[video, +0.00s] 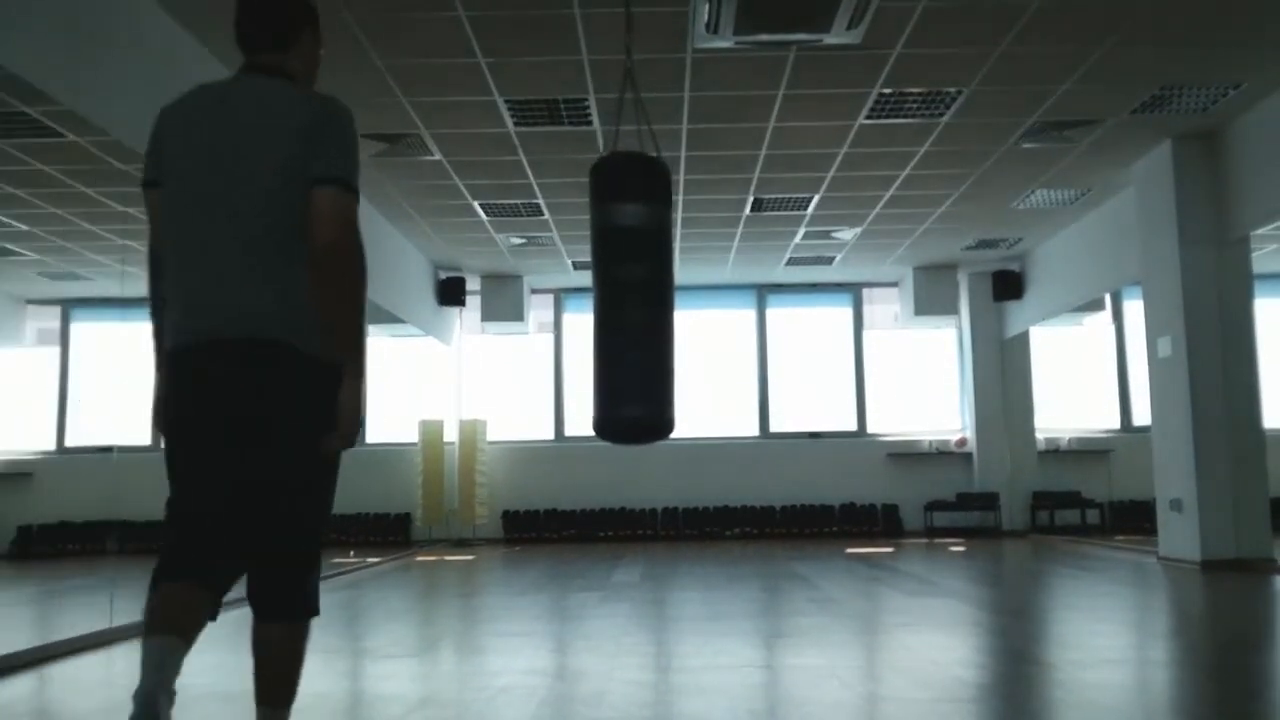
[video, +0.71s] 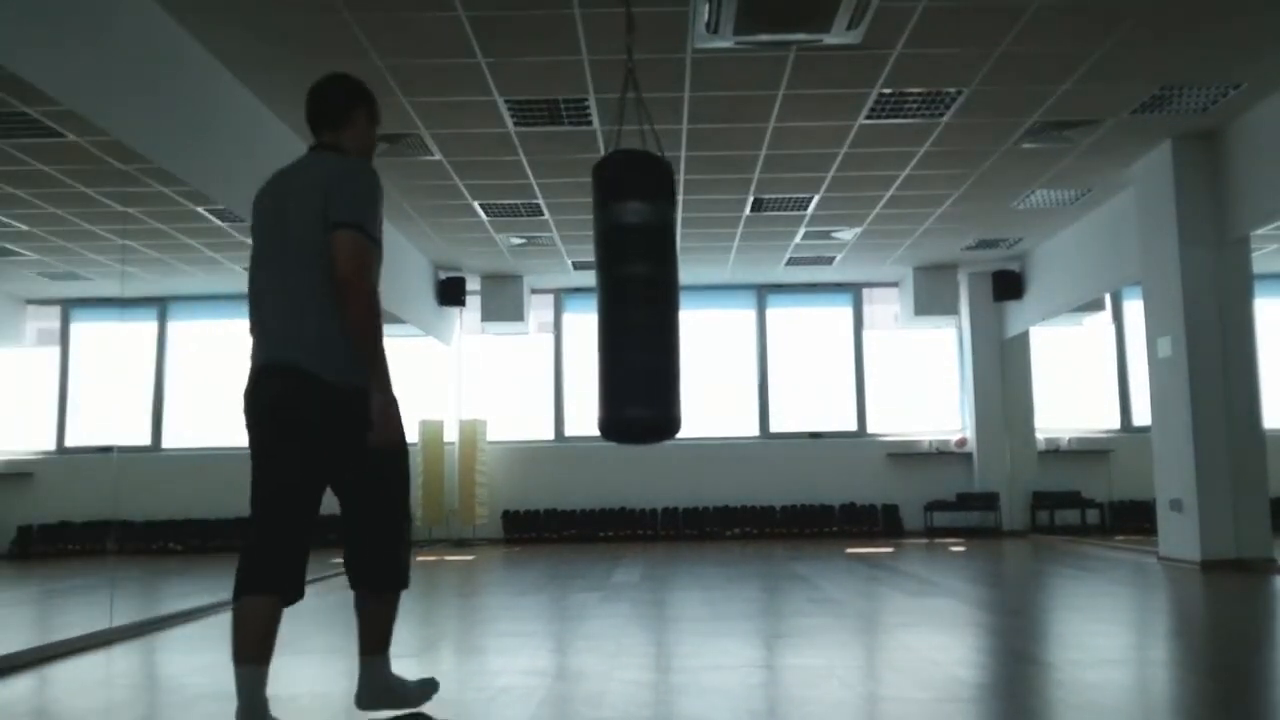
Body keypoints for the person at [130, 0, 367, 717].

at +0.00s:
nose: (321, 56)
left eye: (316, 41)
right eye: (318, 42)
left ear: (241, 41)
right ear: (306, 42)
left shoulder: (176, 118)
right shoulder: (321, 117)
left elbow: (162, 262)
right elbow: (334, 251)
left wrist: (167, 379)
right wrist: (350, 373)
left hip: (198, 369)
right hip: (290, 368)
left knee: (198, 543)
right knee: (288, 556)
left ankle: (152, 699)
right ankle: (273, 716)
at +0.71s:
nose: (374, 139)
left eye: (373, 127)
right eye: (372, 126)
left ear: (314, 125)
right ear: (356, 122)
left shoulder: (273, 189)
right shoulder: (353, 178)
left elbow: (267, 296)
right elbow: (352, 277)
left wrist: (273, 374)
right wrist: (381, 386)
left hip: (274, 388)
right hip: (342, 386)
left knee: (271, 542)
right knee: (381, 522)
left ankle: (251, 705)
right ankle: (375, 675)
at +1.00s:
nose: (407, 150)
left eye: (405, 139)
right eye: (404, 139)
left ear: (349, 142)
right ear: (389, 139)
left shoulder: (321, 202)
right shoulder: (390, 192)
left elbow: (288, 297)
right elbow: (395, 287)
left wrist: (293, 363)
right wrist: (420, 382)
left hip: (340, 389)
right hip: (384, 387)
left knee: (458, 429)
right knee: (410, 524)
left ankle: (340, 500)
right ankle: (386, 673)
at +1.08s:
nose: (409, 152)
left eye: (407, 141)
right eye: (404, 141)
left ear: (352, 145)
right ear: (385, 141)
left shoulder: (318, 206)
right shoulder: (397, 193)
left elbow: (265, 288)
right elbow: (420, 284)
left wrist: (231, 361)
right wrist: (448, 378)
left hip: (345, 389)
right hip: (396, 384)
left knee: (493, 368)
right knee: (410, 519)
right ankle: (388, 667)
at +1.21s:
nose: (411, 157)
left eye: (410, 146)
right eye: (407, 145)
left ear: (352, 146)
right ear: (390, 144)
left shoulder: (310, 208)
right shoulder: (406, 198)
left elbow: (227, 268)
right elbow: (454, 294)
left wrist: (147, 322)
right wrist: (488, 377)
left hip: (350, 377)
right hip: (394, 376)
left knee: (499, 322)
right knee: (408, 524)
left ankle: (585, 368)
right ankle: (389, 668)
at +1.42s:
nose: (432, 187)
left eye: (431, 176)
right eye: (425, 175)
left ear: (387, 178)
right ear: (402, 175)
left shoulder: (386, 235)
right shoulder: (382, 217)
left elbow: (435, 307)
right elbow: (349, 302)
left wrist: (443, 250)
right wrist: (404, 280)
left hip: (407, 396)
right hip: (435, 354)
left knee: (436, 527)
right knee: (553, 305)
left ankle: (430, 671)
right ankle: (683, 296)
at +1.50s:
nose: (434, 185)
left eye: (432, 176)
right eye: (427, 174)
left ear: (388, 176)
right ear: (403, 175)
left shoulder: (383, 236)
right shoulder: (383, 225)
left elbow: (402, 328)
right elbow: (362, 307)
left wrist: (445, 295)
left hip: (399, 397)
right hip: (434, 365)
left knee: (425, 535)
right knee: (562, 356)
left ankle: (430, 678)